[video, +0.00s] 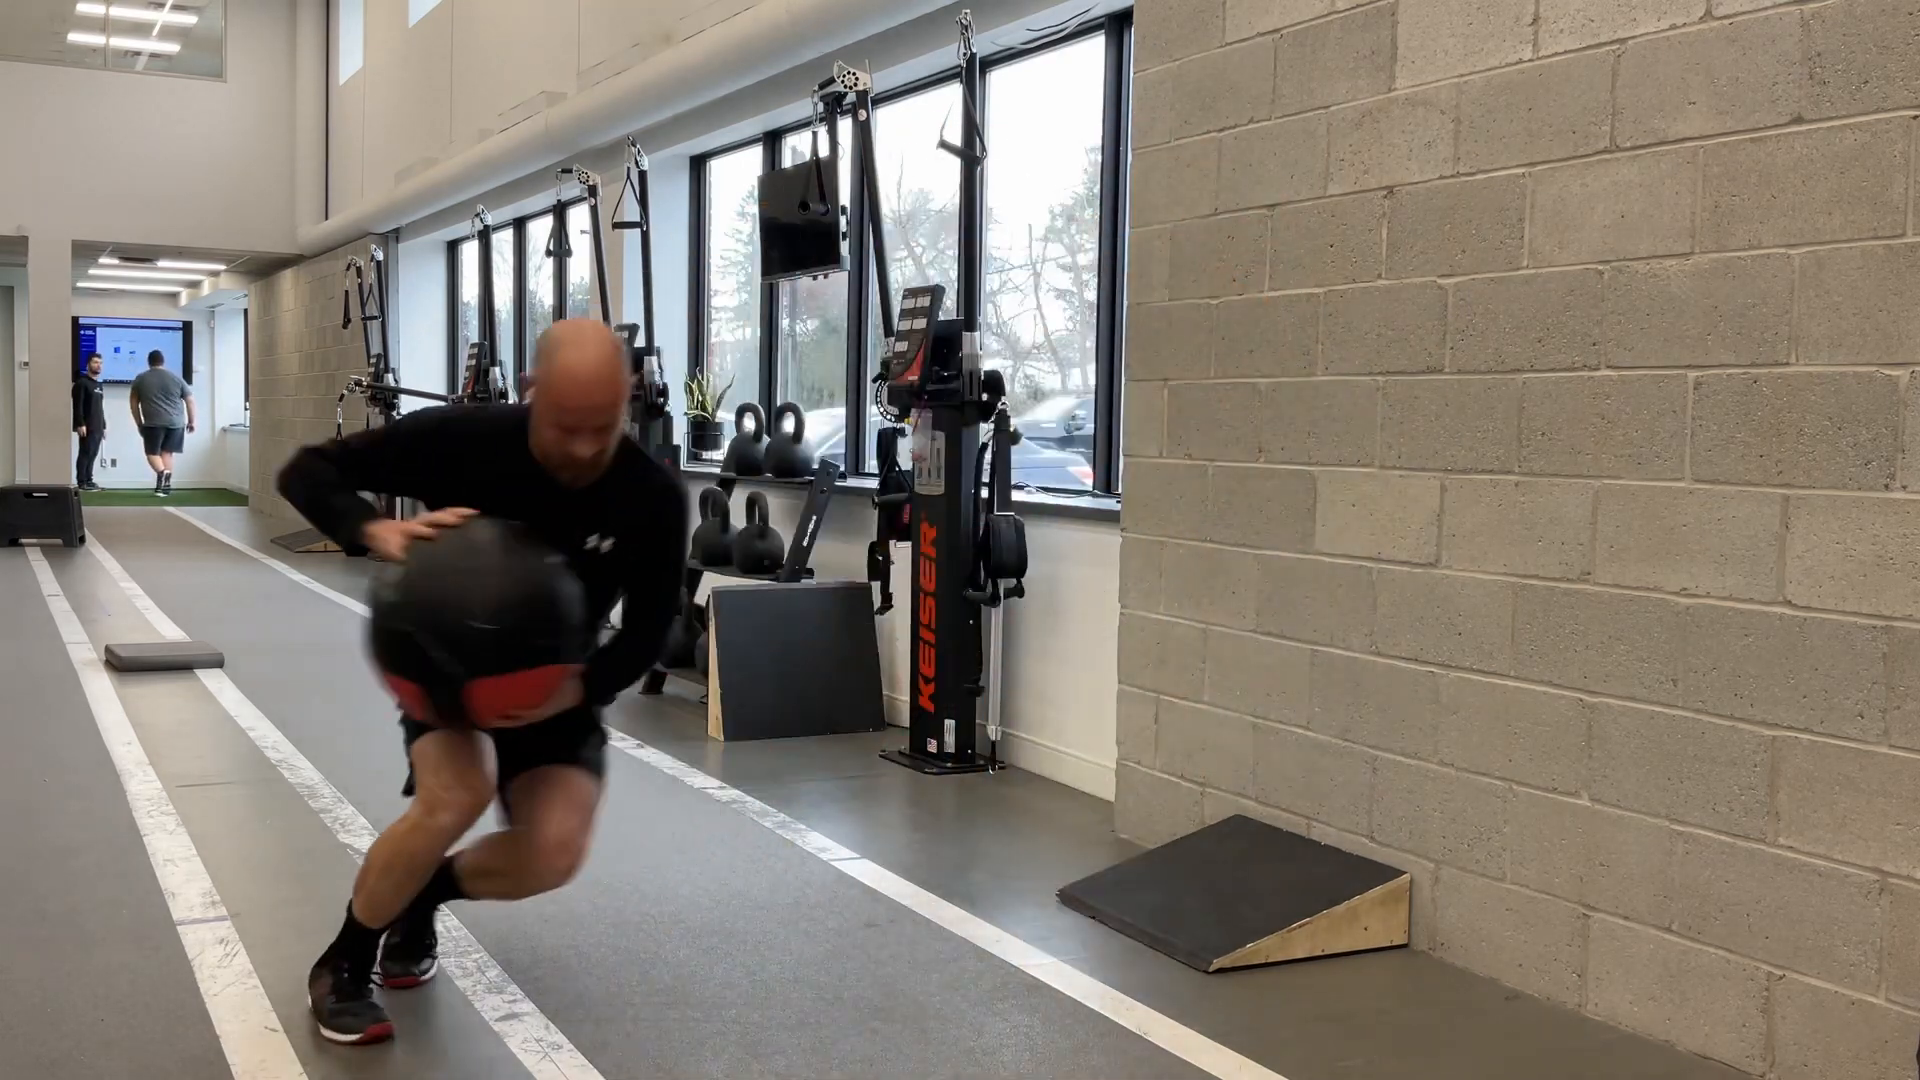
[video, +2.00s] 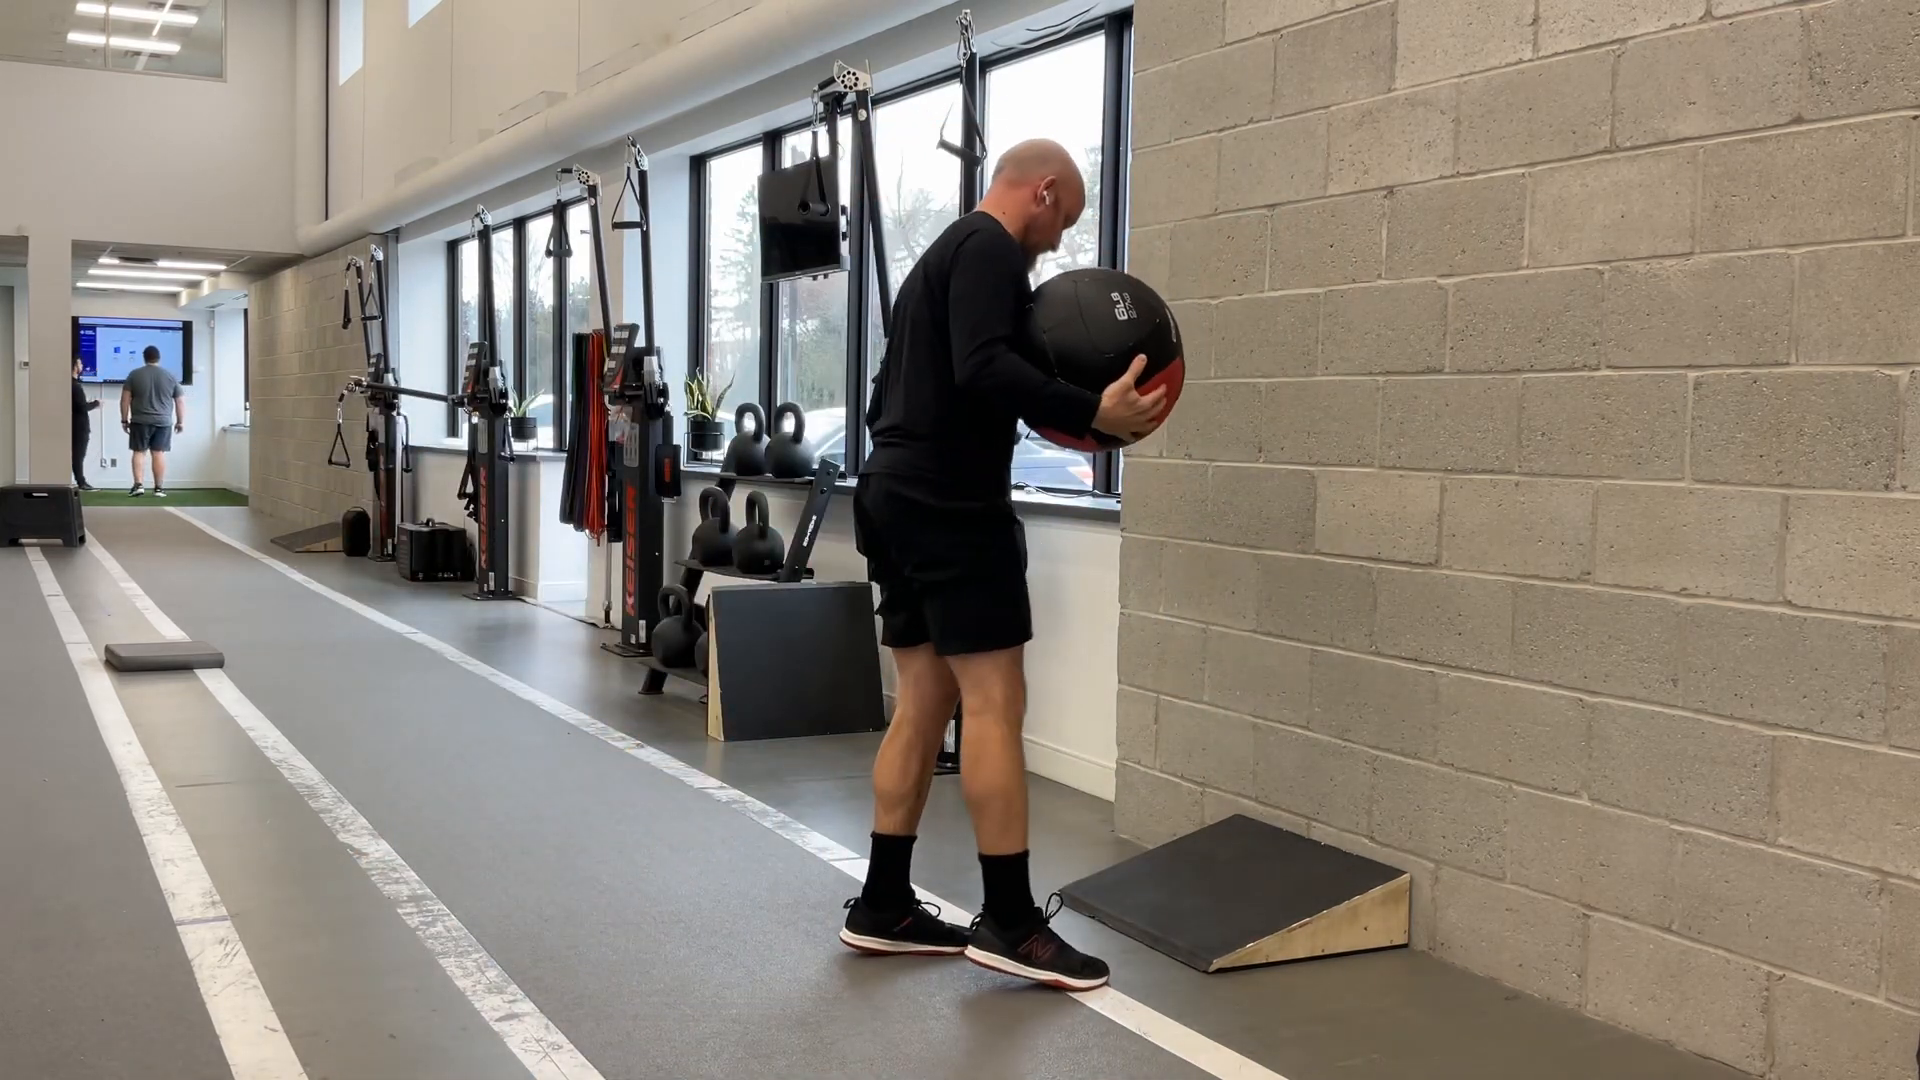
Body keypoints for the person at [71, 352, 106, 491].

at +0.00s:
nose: (98, 365)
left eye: (100, 363)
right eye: (95, 362)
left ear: (101, 365)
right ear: (88, 365)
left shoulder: (98, 385)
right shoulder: (81, 383)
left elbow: (99, 407)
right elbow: (78, 406)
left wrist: (103, 425)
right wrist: (80, 424)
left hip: (97, 425)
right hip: (87, 426)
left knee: (92, 454)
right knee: (85, 454)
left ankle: (89, 479)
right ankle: (82, 481)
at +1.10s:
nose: (96, 367)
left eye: (97, 365)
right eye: (93, 364)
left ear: (98, 367)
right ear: (86, 366)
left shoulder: (94, 384)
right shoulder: (79, 383)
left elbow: (95, 404)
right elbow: (78, 405)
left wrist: (107, 412)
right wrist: (93, 415)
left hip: (94, 423)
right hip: (84, 423)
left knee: (92, 453)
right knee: (85, 452)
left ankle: (89, 479)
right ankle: (82, 481)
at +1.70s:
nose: (91, 366)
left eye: (90, 363)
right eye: (89, 363)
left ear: (81, 365)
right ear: (84, 365)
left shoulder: (78, 381)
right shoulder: (80, 384)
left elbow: (81, 406)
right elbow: (82, 407)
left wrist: (96, 406)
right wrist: (98, 407)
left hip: (81, 425)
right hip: (82, 426)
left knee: (86, 450)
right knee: (85, 450)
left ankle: (81, 479)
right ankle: (81, 481)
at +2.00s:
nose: (81, 366)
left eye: (81, 363)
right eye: (79, 364)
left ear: (74, 367)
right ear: (74, 367)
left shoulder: (73, 383)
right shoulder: (75, 385)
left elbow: (79, 406)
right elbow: (81, 407)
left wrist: (91, 403)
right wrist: (94, 404)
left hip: (76, 425)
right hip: (79, 426)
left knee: (77, 455)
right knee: (78, 455)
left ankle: (81, 481)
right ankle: (81, 482)